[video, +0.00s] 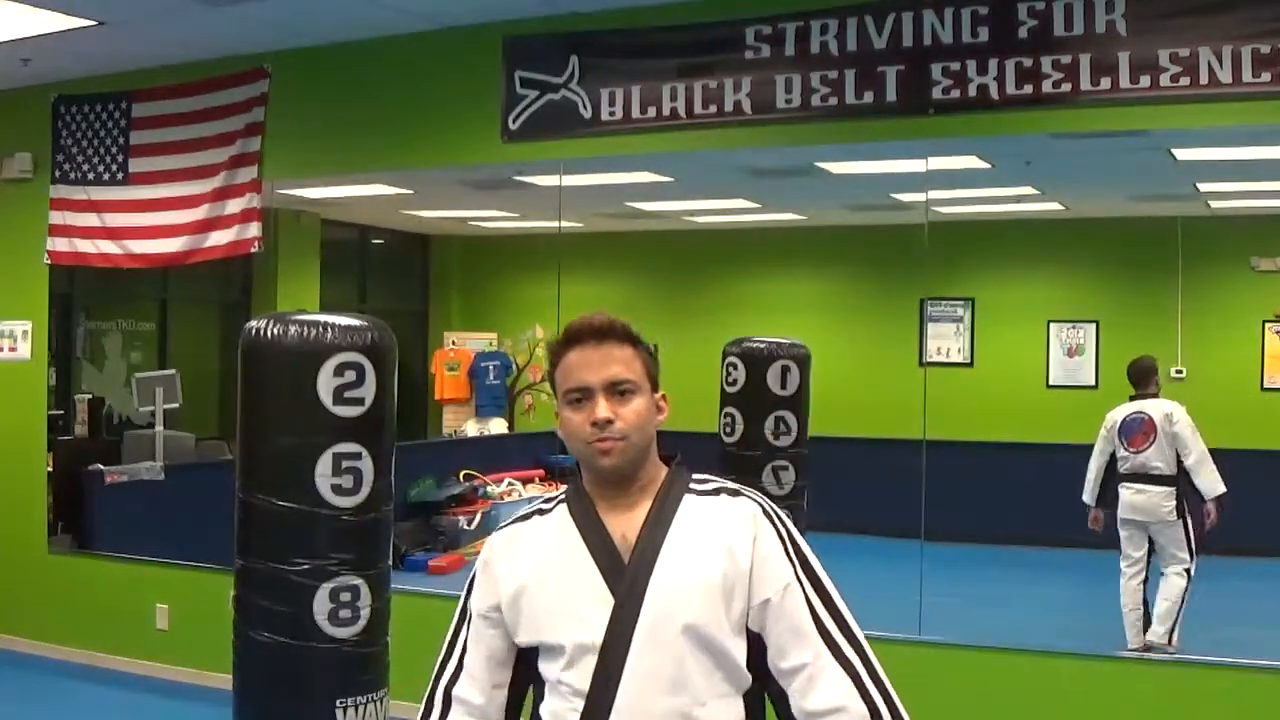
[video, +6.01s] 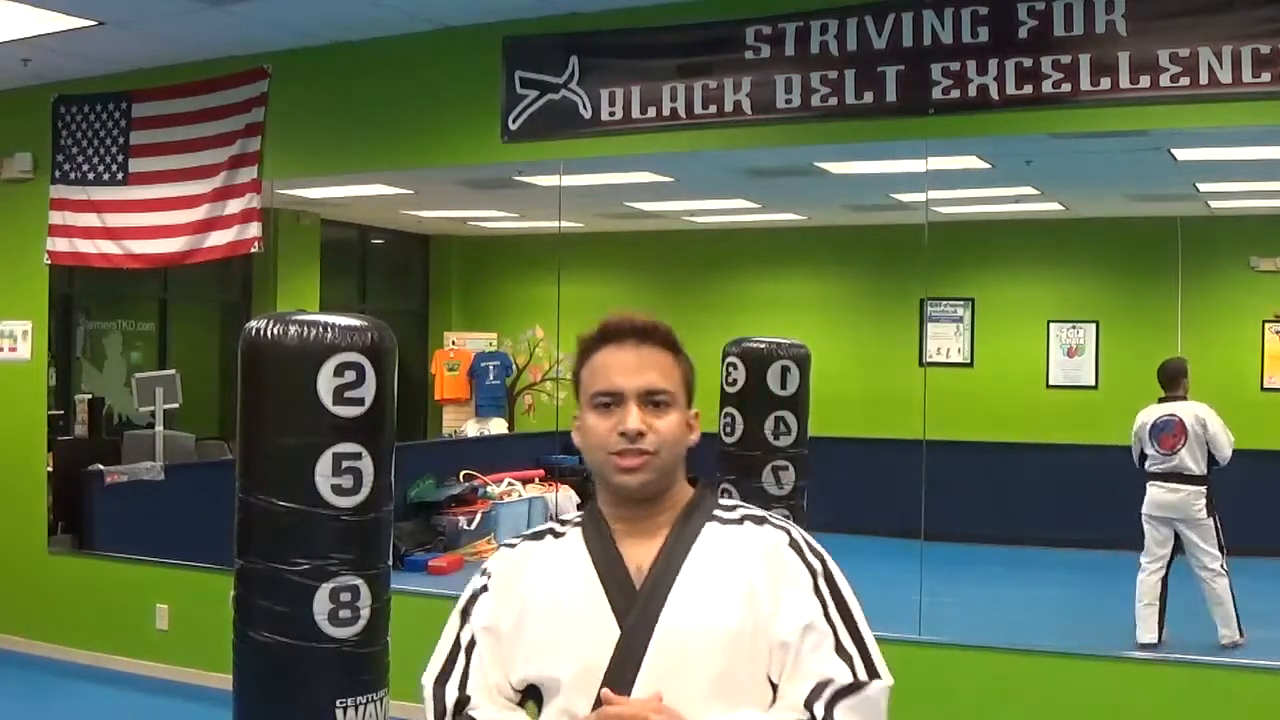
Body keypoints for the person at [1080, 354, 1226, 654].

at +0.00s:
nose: (1160, 380)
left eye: (1155, 377)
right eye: (1159, 376)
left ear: (1131, 382)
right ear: (1156, 379)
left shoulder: (1115, 416)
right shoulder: (1172, 411)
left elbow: (1097, 462)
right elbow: (1194, 455)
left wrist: (1092, 504)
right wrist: (1211, 495)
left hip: (1127, 499)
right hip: (1164, 501)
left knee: (1131, 568)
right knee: (1177, 565)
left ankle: (1135, 641)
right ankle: (1159, 635)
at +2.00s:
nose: (1065, 377)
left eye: (1061, 373)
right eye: (1063, 373)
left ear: (1034, 382)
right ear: (1060, 378)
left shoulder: (1021, 416)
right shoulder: (1077, 413)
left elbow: (1019, 461)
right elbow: (1105, 456)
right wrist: (1077, 458)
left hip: (1028, 506)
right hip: (1066, 509)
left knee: (1032, 582)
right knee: (1064, 587)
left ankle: (1030, 652)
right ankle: (1045, 655)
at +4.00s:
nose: (1094, 385)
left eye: (1092, 380)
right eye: (1093, 380)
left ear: (1063, 384)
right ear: (1088, 383)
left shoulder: (1045, 415)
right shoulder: (1098, 411)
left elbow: (1045, 457)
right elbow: (1124, 455)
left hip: (1056, 501)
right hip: (1094, 503)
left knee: (1061, 576)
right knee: (1117, 577)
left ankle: (1058, 649)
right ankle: (1128, 650)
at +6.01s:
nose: (1188, 381)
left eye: (1185, 376)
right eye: (1187, 377)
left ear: (1160, 383)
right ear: (1185, 381)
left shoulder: (1145, 415)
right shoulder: (1202, 412)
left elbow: (1138, 458)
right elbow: (1223, 455)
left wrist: (1165, 453)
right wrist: (1196, 450)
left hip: (1156, 495)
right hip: (1192, 498)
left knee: (1151, 564)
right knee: (1210, 566)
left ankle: (1147, 636)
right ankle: (1229, 635)